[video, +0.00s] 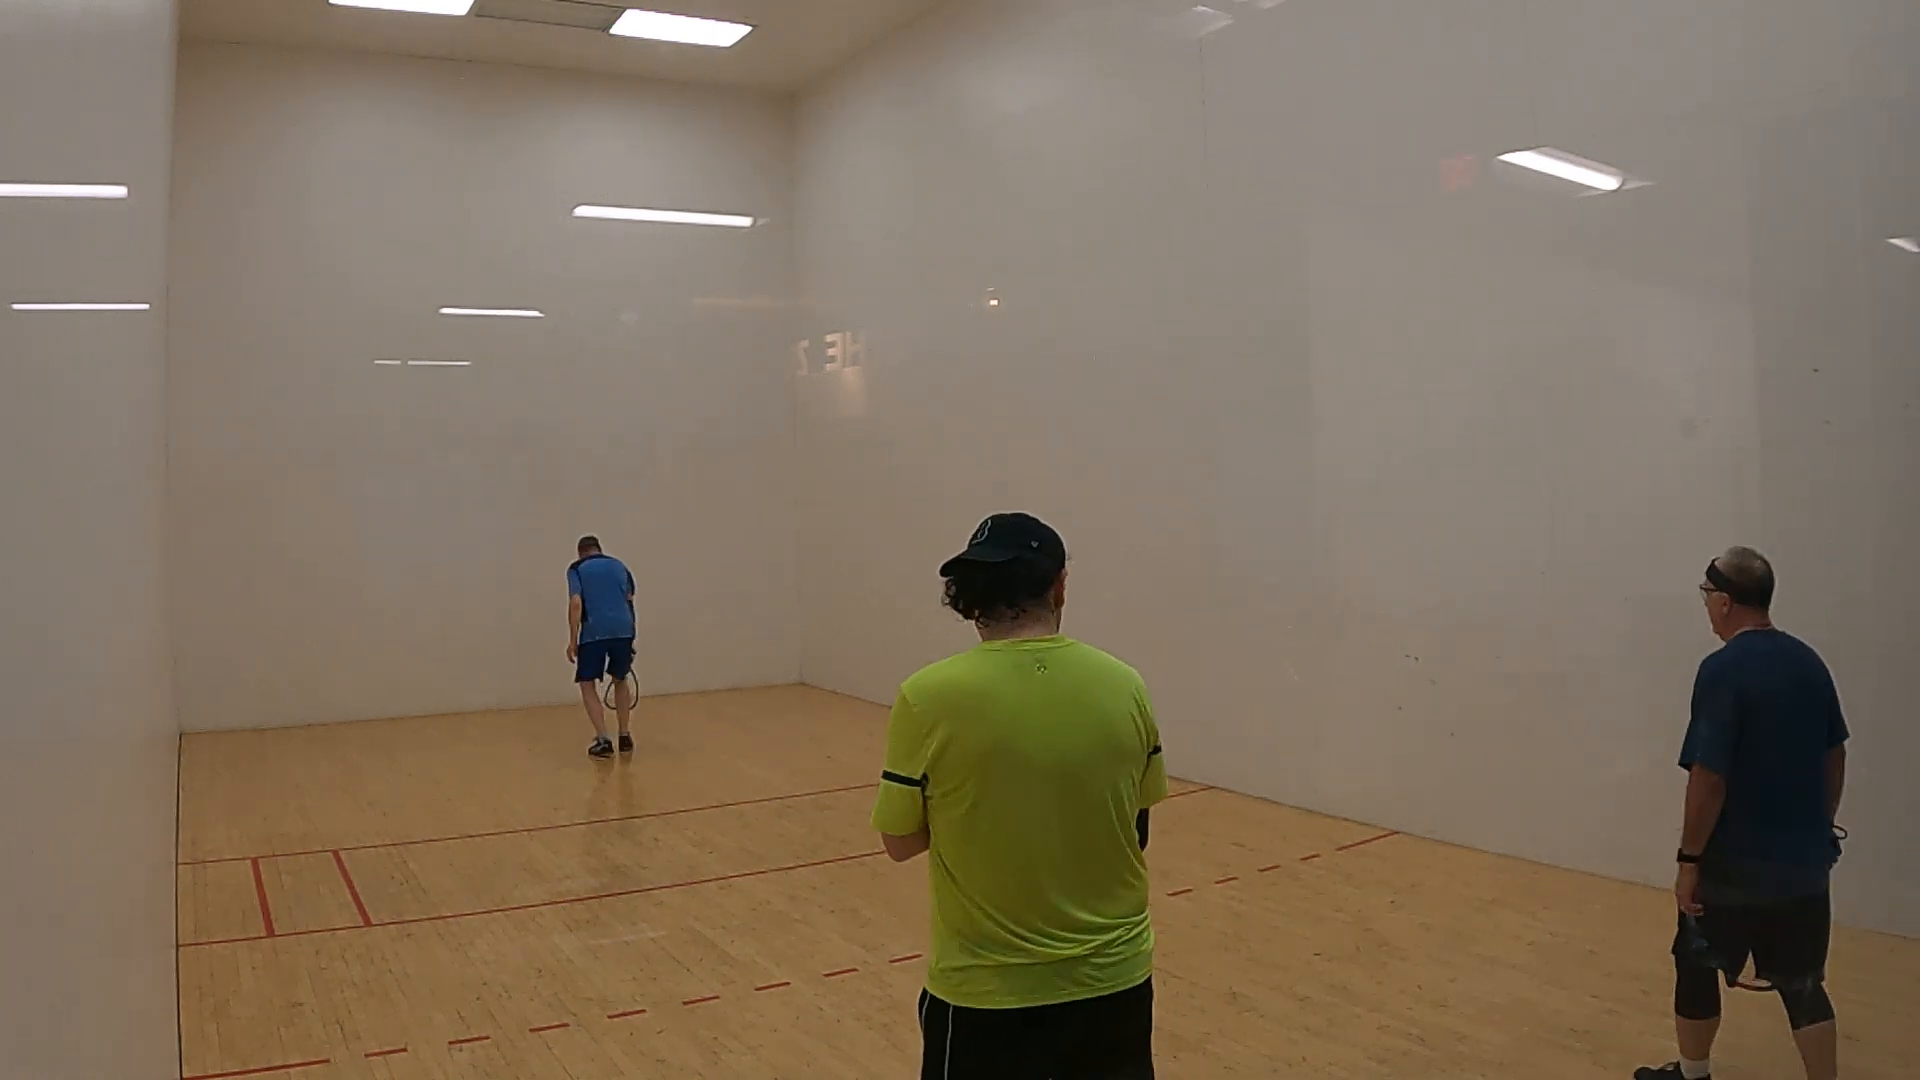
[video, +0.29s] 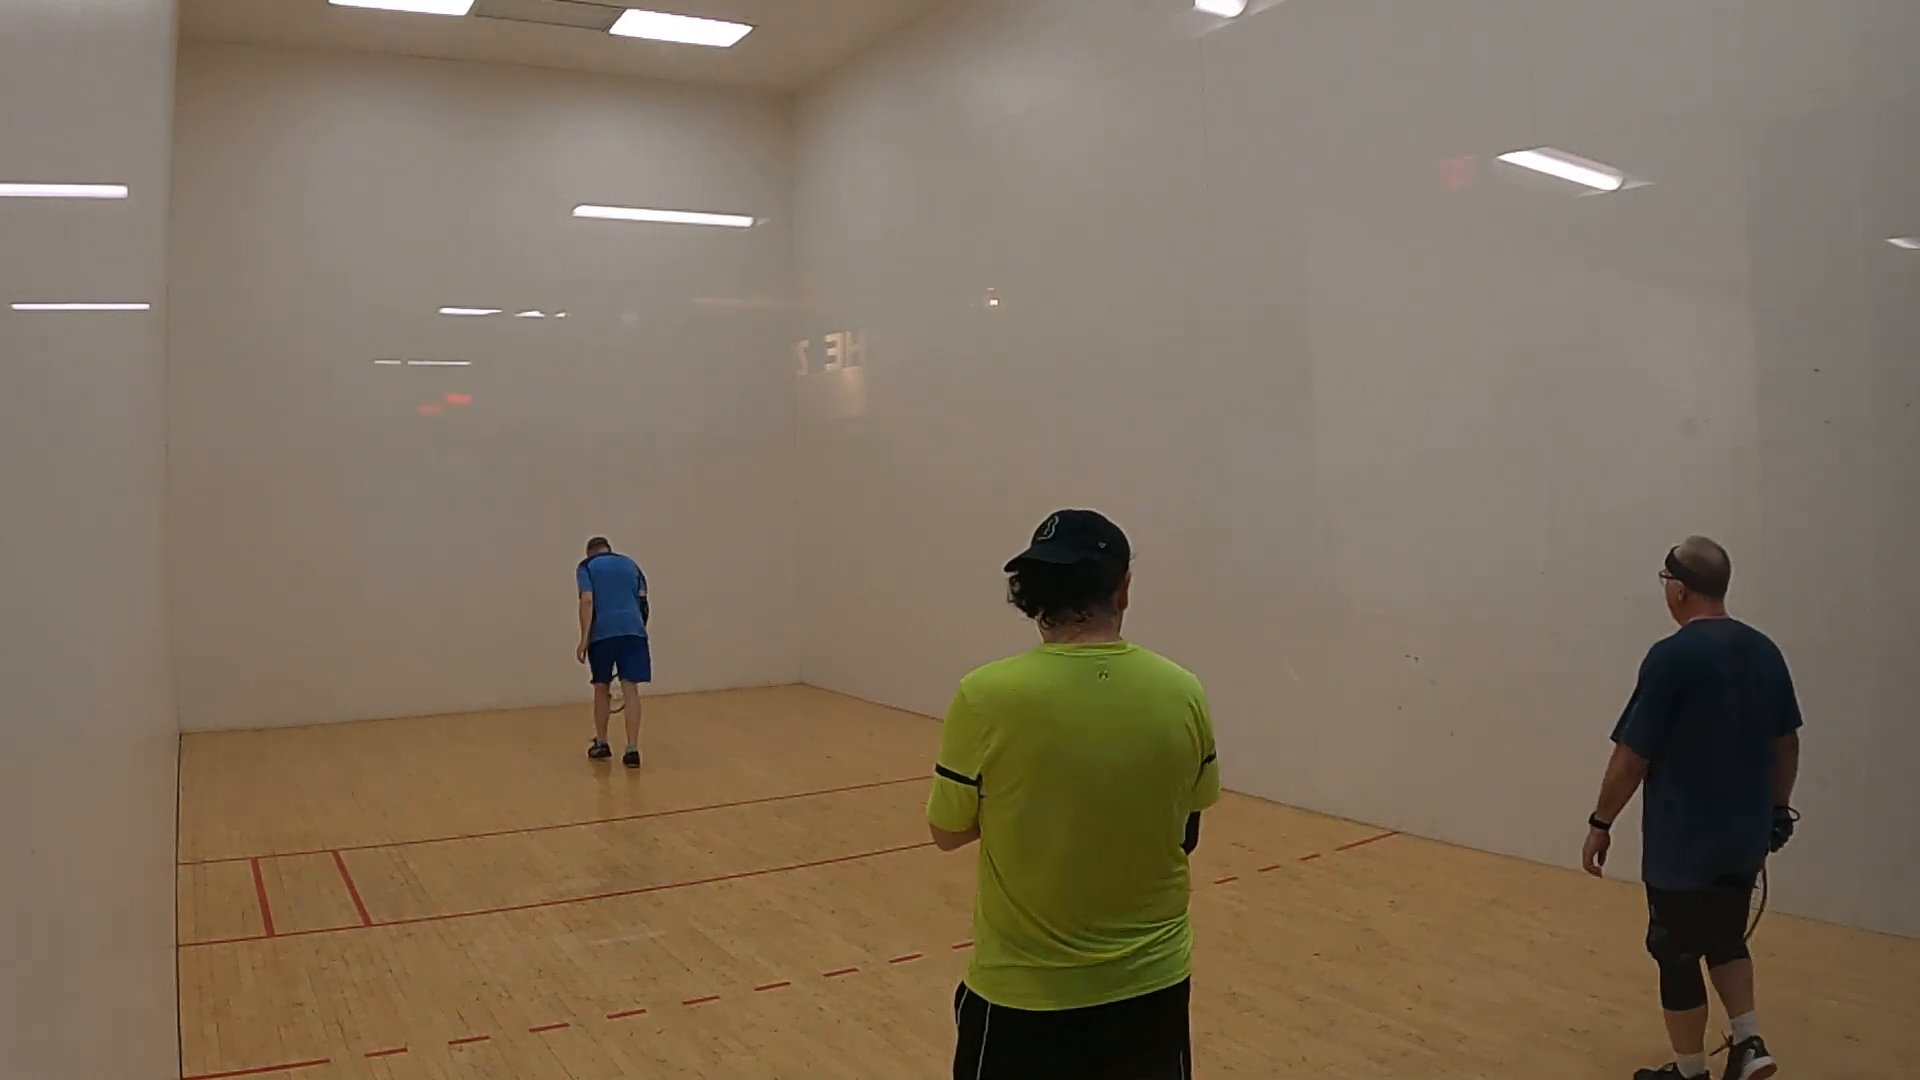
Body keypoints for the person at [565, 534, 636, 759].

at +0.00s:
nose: (580, 558)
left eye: (579, 555)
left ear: (580, 553)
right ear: (600, 549)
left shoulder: (576, 568)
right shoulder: (618, 564)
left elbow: (576, 602)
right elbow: (630, 597)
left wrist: (573, 640)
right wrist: (630, 636)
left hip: (594, 634)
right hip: (624, 632)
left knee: (587, 684)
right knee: (620, 680)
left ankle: (603, 739)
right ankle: (624, 734)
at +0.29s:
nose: (589, 559)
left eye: (589, 555)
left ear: (589, 553)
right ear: (610, 549)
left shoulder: (586, 566)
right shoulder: (630, 562)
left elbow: (587, 600)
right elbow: (642, 596)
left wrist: (584, 639)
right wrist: (638, 628)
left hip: (603, 633)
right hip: (633, 632)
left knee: (601, 687)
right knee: (630, 688)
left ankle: (601, 741)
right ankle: (632, 748)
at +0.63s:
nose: (597, 560)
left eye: (595, 557)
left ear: (592, 556)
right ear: (614, 551)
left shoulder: (585, 573)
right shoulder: (634, 561)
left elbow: (583, 614)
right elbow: (660, 590)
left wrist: (587, 644)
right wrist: (662, 626)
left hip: (605, 640)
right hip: (636, 636)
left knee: (609, 697)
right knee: (634, 693)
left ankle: (617, 756)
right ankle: (634, 750)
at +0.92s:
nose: (597, 554)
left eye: (594, 551)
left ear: (592, 550)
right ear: (615, 545)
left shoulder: (584, 570)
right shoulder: (637, 560)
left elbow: (581, 612)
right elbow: (654, 597)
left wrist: (600, 621)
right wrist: (669, 633)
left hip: (607, 643)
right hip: (638, 638)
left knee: (611, 699)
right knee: (640, 694)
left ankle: (618, 760)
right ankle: (642, 753)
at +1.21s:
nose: (616, 553)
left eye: (609, 551)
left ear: (607, 550)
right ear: (631, 546)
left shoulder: (598, 573)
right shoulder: (653, 568)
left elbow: (590, 614)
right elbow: (665, 610)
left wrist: (589, 650)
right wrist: (672, 646)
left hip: (615, 653)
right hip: (647, 651)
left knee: (616, 705)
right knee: (651, 706)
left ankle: (618, 762)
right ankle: (658, 765)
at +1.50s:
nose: (637, 549)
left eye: (630, 545)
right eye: (644, 544)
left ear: (624, 546)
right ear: (649, 544)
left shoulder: (614, 567)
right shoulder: (670, 567)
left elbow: (611, 609)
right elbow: (680, 609)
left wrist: (611, 649)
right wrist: (682, 644)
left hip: (625, 653)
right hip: (658, 652)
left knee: (619, 703)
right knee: (656, 710)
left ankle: (628, 767)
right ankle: (657, 773)